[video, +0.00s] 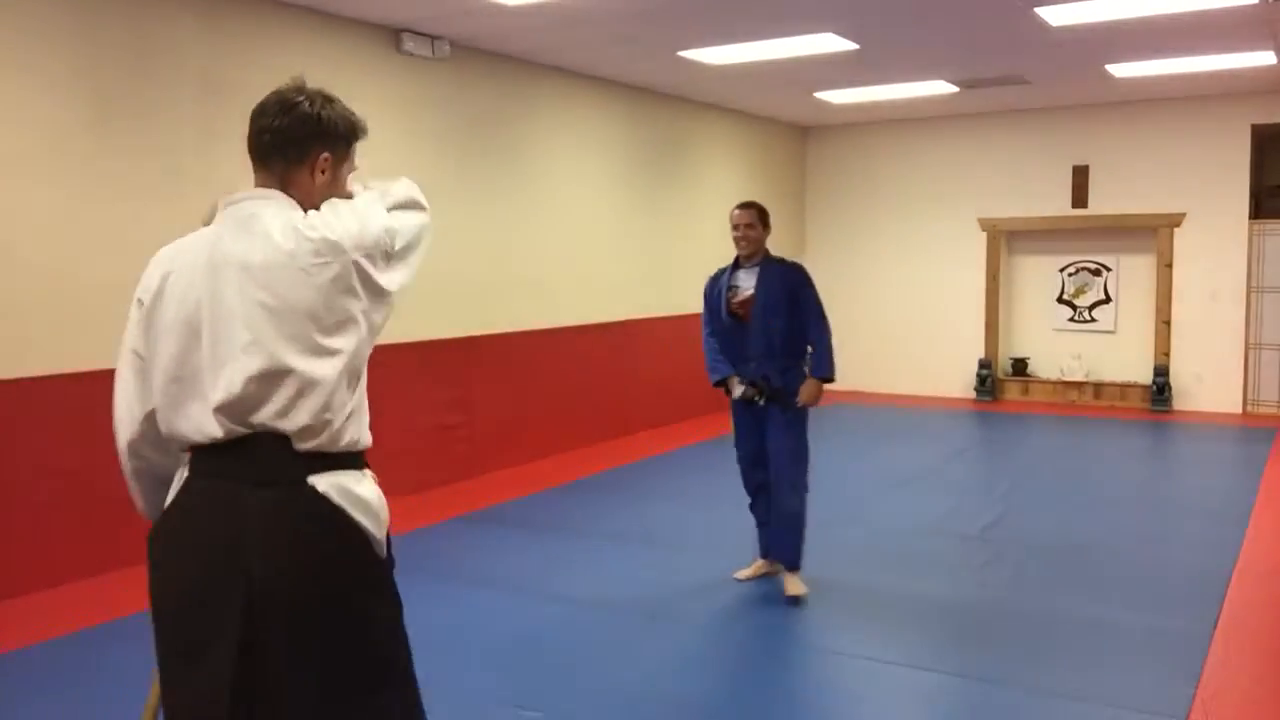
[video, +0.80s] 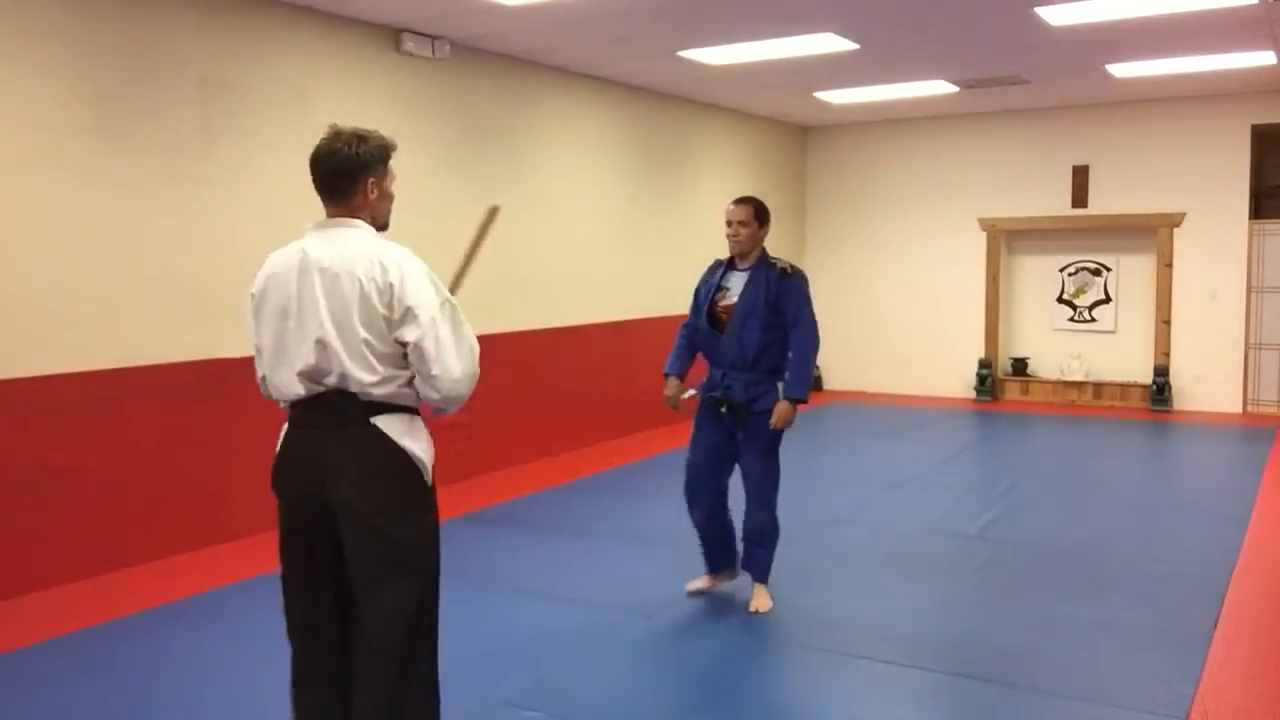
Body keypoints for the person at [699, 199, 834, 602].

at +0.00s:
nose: (742, 234)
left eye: (749, 227)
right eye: (736, 227)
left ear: (765, 231)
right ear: (730, 233)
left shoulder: (792, 275)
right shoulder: (717, 284)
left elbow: (818, 327)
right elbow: (711, 337)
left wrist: (817, 376)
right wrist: (728, 377)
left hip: (786, 391)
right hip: (744, 393)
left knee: (787, 476)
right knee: (754, 475)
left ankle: (790, 567)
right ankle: (770, 556)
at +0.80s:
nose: (733, 231)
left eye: (741, 225)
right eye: (728, 224)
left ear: (762, 229)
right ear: (724, 228)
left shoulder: (786, 279)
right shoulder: (714, 276)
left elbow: (804, 339)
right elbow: (691, 329)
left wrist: (792, 397)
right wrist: (673, 374)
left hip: (761, 404)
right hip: (716, 400)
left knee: (759, 495)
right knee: (700, 485)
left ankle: (759, 580)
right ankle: (721, 567)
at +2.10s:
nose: (698, 234)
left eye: (707, 226)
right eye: (694, 226)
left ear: (730, 232)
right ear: (691, 231)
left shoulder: (751, 284)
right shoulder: (682, 281)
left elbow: (757, 331)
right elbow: (646, 312)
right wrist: (630, 306)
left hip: (733, 407)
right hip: (687, 403)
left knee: (739, 505)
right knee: (664, 494)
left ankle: (747, 597)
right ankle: (674, 586)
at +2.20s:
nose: (699, 232)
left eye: (706, 225)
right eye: (697, 225)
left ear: (730, 230)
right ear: (696, 229)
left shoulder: (749, 277)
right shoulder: (682, 274)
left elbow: (755, 287)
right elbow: (630, 276)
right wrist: (615, 251)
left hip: (735, 403)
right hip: (688, 400)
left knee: (739, 502)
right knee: (670, 493)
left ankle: (747, 597)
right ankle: (679, 582)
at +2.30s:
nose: (699, 232)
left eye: (707, 226)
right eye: (696, 225)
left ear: (726, 232)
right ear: (690, 231)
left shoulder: (742, 276)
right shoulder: (680, 272)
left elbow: (740, 250)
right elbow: (635, 250)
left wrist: (718, 197)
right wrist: (613, 215)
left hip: (733, 402)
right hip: (687, 400)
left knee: (740, 504)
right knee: (677, 492)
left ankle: (747, 597)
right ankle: (683, 583)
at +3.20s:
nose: (640, 254)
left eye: (649, 246)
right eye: (636, 247)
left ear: (670, 251)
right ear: (632, 251)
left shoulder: (697, 298)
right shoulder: (622, 300)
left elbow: (715, 346)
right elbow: (593, 356)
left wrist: (681, 308)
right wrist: (603, 326)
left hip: (687, 416)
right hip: (640, 419)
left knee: (715, 489)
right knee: (631, 502)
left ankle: (749, 552)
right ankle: (657, 586)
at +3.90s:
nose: (462, 258)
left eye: (471, 251)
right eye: (466, 249)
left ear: (496, 262)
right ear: (510, 264)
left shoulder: (481, 313)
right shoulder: (558, 290)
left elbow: (456, 366)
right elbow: (601, 344)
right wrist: (557, 354)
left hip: (556, 437)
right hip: (603, 425)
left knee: (515, 536)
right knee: (586, 513)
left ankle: (525, 651)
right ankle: (609, 612)